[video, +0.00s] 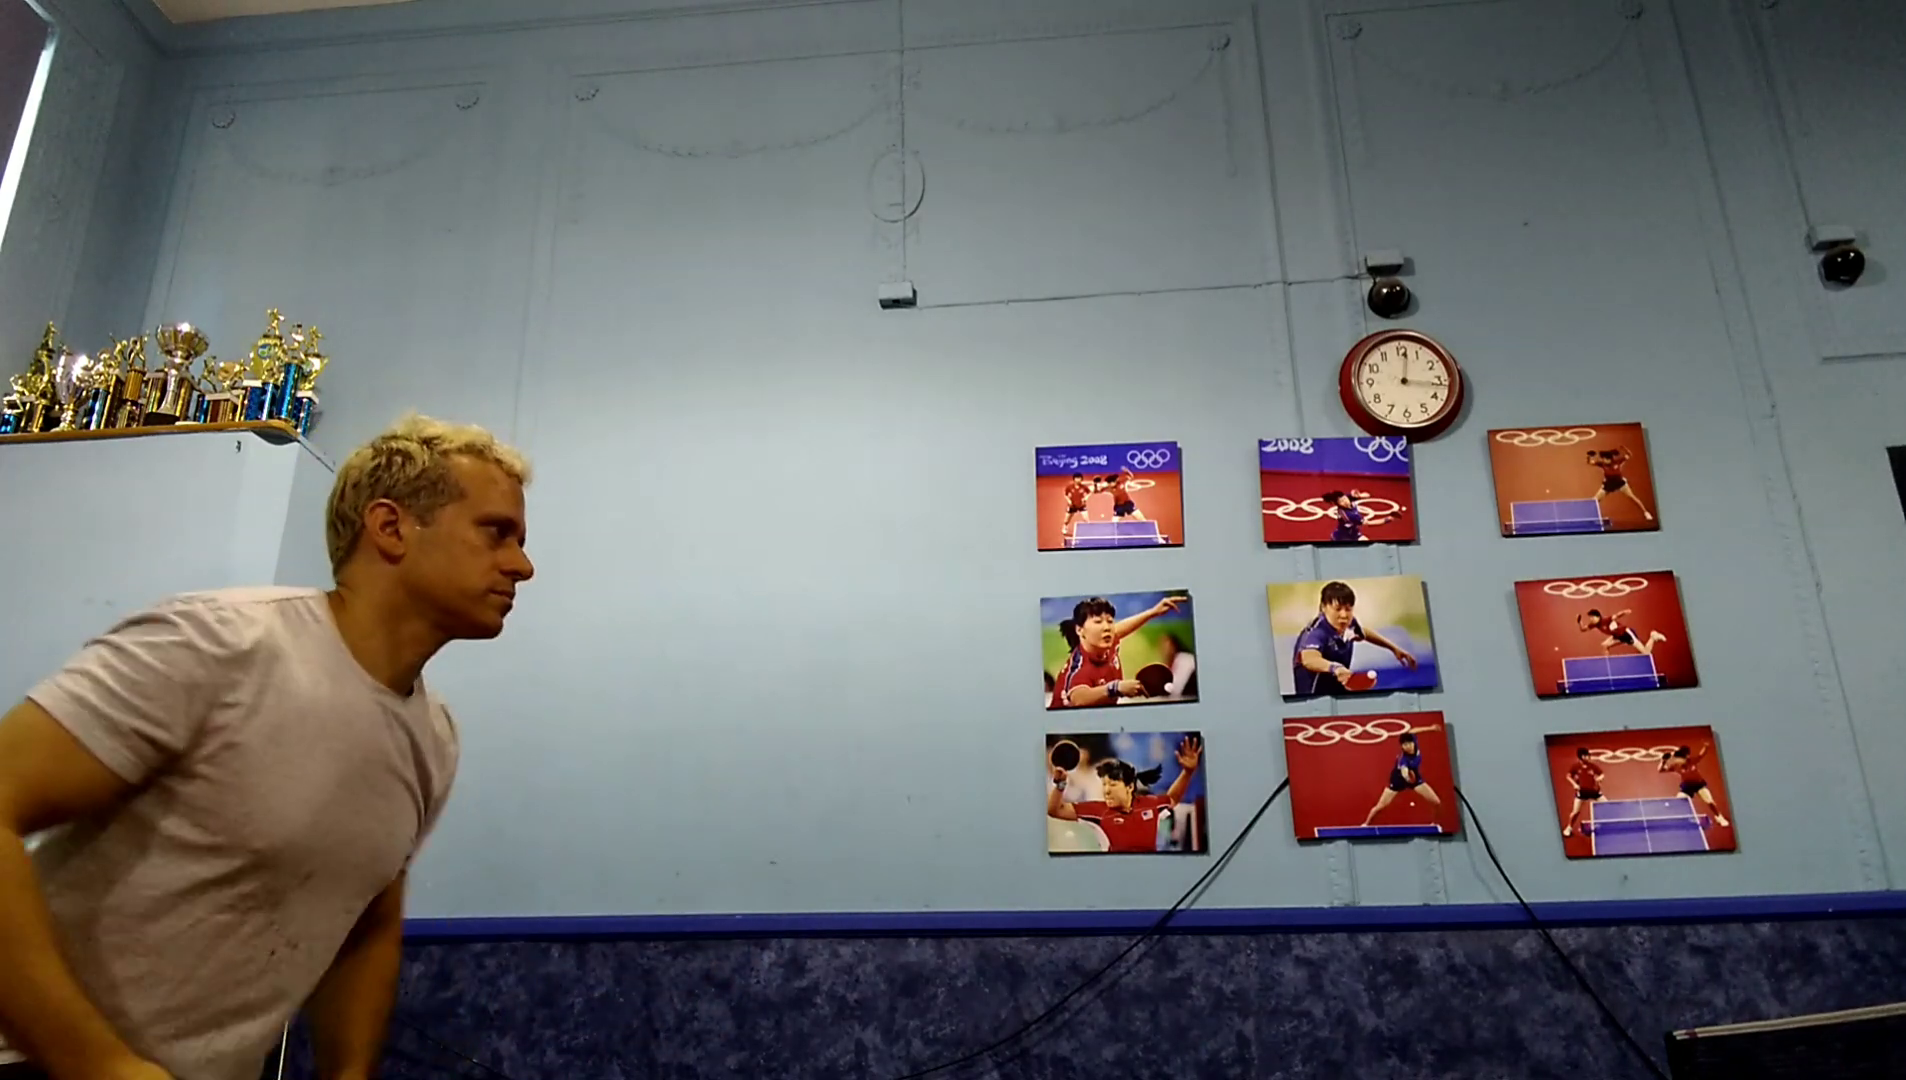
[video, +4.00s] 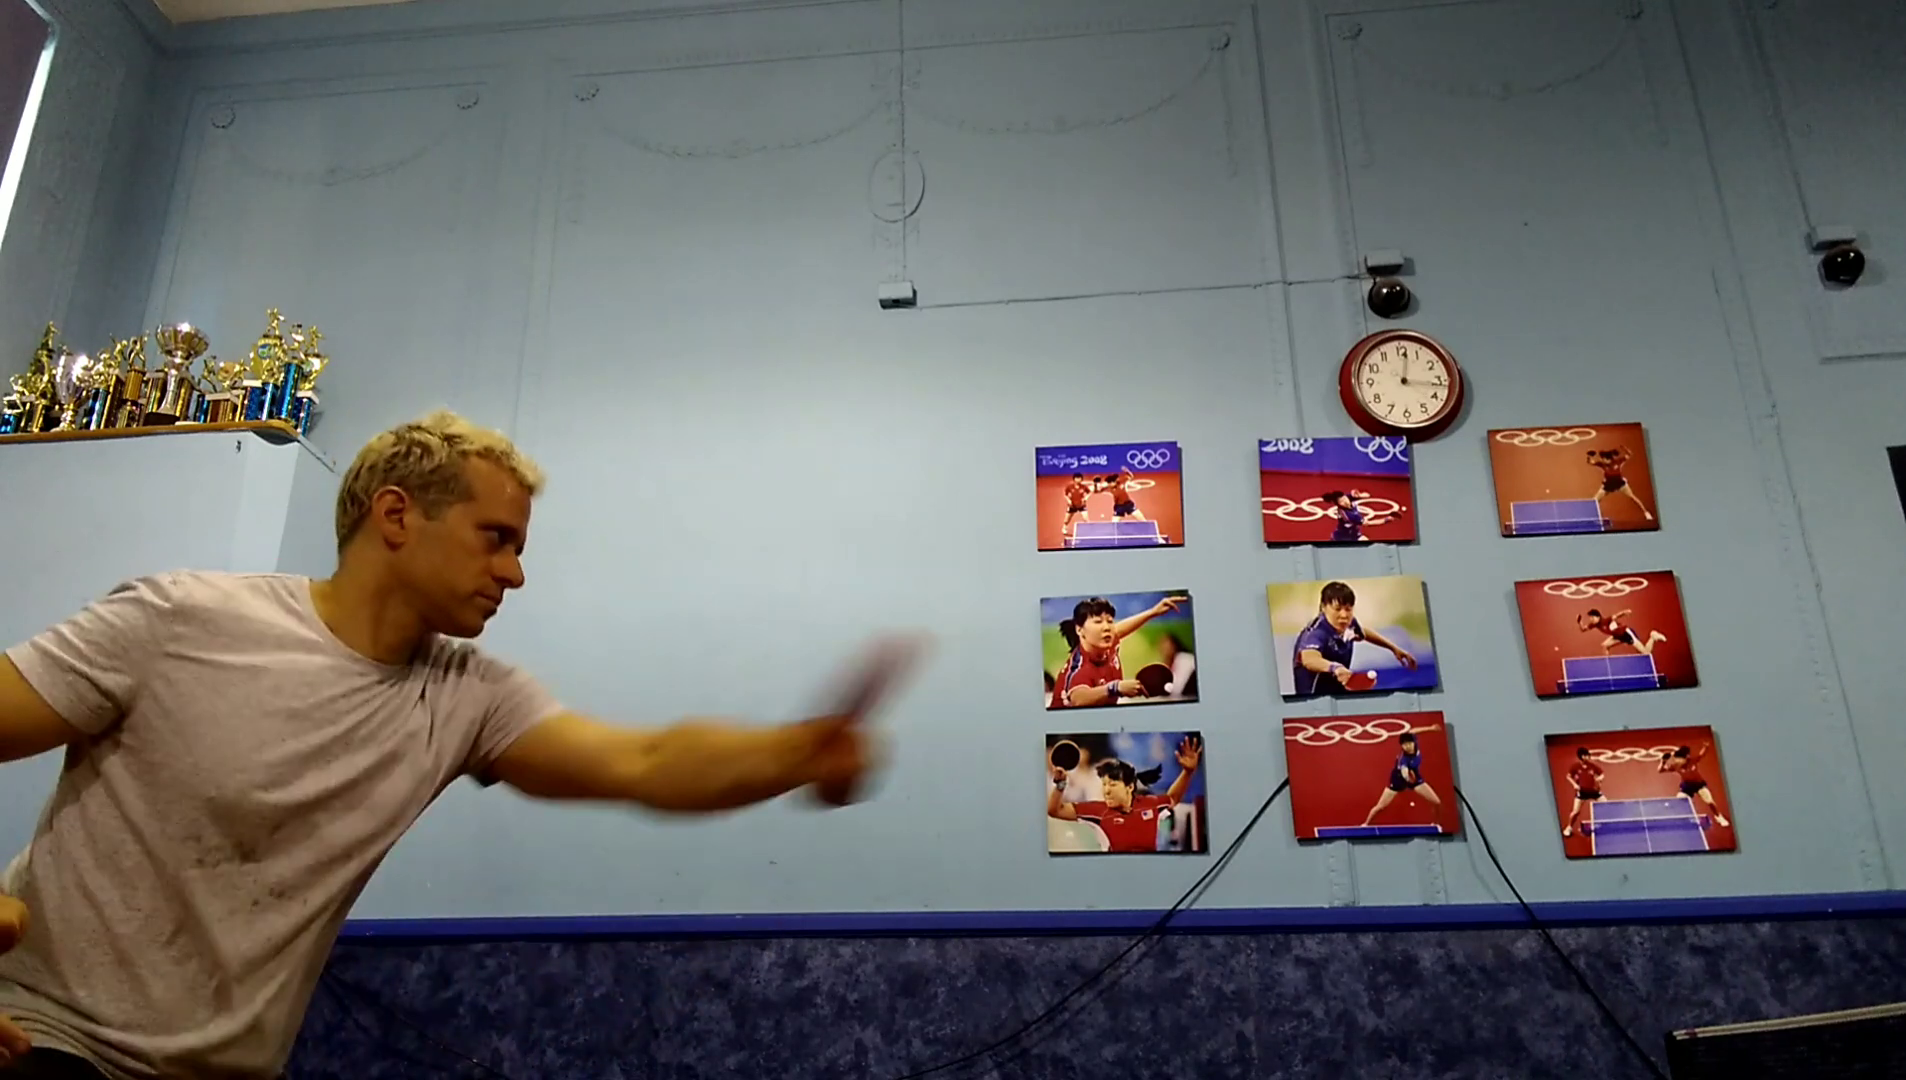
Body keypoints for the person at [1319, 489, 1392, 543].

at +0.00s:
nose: (1345, 502)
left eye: (1344, 499)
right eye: (1341, 502)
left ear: (1347, 497)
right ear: (1338, 505)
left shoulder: (1349, 499)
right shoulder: (1350, 515)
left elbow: (1368, 495)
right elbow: (1367, 523)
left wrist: (1360, 495)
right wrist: (1384, 520)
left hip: (1355, 535)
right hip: (1342, 538)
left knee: (1370, 547)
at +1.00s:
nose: (1344, 502)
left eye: (1344, 499)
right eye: (1341, 502)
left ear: (1346, 497)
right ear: (1338, 505)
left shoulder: (1350, 499)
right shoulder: (1349, 515)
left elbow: (1367, 496)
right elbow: (1367, 523)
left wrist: (1360, 495)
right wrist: (1385, 520)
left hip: (1355, 536)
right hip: (1342, 538)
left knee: (1370, 547)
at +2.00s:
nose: (1344, 502)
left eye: (1343, 499)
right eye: (1340, 502)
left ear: (1346, 497)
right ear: (1338, 505)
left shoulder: (1350, 500)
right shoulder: (1349, 515)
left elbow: (1367, 496)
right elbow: (1367, 523)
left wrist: (1360, 495)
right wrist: (1385, 520)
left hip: (1355, 535)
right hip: (1341, 537)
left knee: (1370, 547)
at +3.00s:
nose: (1344, 502)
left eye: (1344, 499)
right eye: (1341, 502)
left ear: (1346, 497)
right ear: (1339, 505)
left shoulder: (1348, 498)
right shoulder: (1350, 515)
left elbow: (1367, 496)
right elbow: (1367, 523)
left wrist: (1360, 495)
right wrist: (1385, 520)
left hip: (1356, 536)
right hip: (1341, 538)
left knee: (1371, 547)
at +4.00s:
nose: (1344, 502)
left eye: (1344, 499)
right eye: (1341, 502)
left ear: (1346, 497)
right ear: (1339, 505)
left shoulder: (1348, 498)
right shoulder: (1350, 515)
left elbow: (1367, 496)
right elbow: (1367, 523)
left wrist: (1360, 495)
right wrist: (1385, 520)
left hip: (1356, 536)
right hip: (1341, 538)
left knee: (1371, 548)